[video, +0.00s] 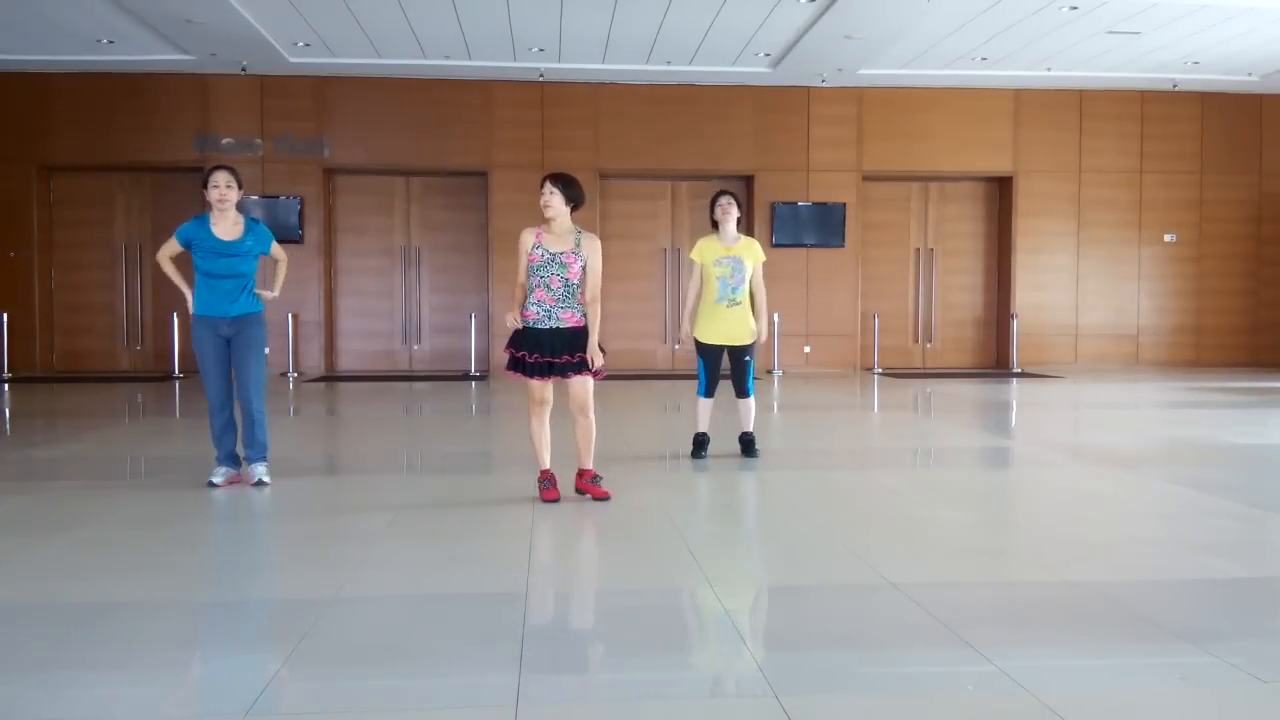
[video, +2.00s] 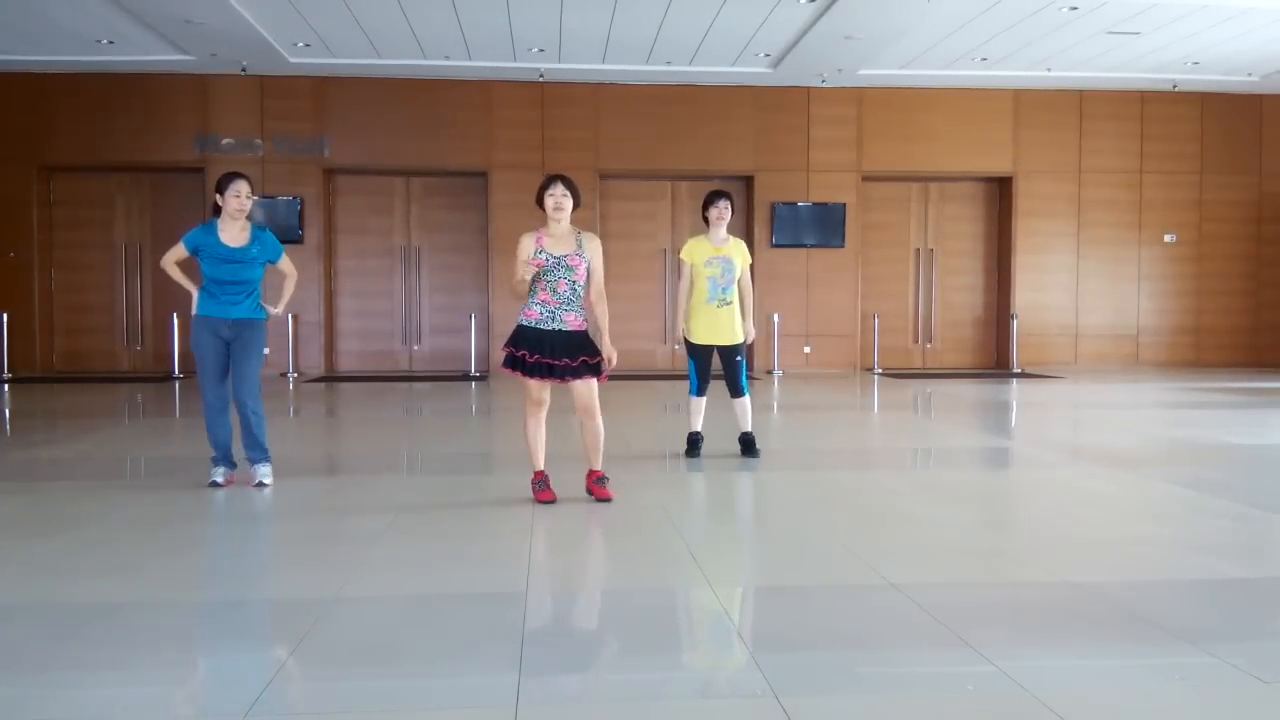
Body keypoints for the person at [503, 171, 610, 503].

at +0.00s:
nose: (544, 198)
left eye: (551, 193)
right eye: (542, 194)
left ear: (569, 199)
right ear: (540, 200)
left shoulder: (589, 242)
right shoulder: (530, 238)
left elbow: (593, 296)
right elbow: (521, 284)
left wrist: (593, 342)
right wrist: (515, 309)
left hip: (575, 334)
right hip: (535, 334)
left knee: (584, 407)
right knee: (541, 404)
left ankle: (586, 474)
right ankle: (546, 474)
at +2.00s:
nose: (558, 201)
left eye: (564, 196)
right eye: (551, 196)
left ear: (574, 203)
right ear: (542, 203)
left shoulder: (590, 242)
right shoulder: (529, 241)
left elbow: (597, 295)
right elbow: (519, 292)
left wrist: (605, 339)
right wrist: (524, 279)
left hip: (577, 335)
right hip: (536, 334)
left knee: (590, 409)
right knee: (537, 405)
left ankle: (596, 475)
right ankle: (540, 476)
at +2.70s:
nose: (575, 199)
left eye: (581, 194)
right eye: (569, 194)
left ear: (591, 201)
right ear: (559, 201)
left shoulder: (607, 239)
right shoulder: (546, 240)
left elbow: (618, 291)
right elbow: (542, 290)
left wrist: (628, 335)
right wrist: (531, 325)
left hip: (604, 334)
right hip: (563, 336)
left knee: (601, 405)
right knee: (561, 409)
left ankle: (602, 475)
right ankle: (552, 475)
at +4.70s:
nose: (583, 205)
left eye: (589, 199)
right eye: (577, 199)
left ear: (598, 205)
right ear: (567, 205)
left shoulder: (611, 246)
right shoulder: (552, 243)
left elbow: (623, 295)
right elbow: (542, 294)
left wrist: (636, 342)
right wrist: (547, 341)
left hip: (611, 336)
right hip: (571, 339)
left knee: (607, 407)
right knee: (576, 411)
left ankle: (605, 476)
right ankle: (550, 475)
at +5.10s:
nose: (572, 200)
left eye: (578, 194)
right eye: (565, 194)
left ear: (587, 201)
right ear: (555, 200)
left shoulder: (596, 243)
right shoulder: (542, 236)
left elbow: (605, 297)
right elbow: (502, 265)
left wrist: (619, 342)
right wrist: (532, 292)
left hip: (591, 334)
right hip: (555, 334)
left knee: (596, 403)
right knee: (559, 403)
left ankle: (589, 477)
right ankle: (548, 477)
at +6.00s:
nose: (580, 202)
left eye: (586, 197)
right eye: (573, 196)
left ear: (595, 203)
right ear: (564, 203)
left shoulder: (610, 241)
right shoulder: (550, 240)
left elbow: (622, 292)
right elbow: (511, 276)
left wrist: (634, 341)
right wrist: (541, 312)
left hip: (609, 333)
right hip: (569, 335)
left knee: (606, 405)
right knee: (570, 408)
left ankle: (604, 476)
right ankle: (557, 476)